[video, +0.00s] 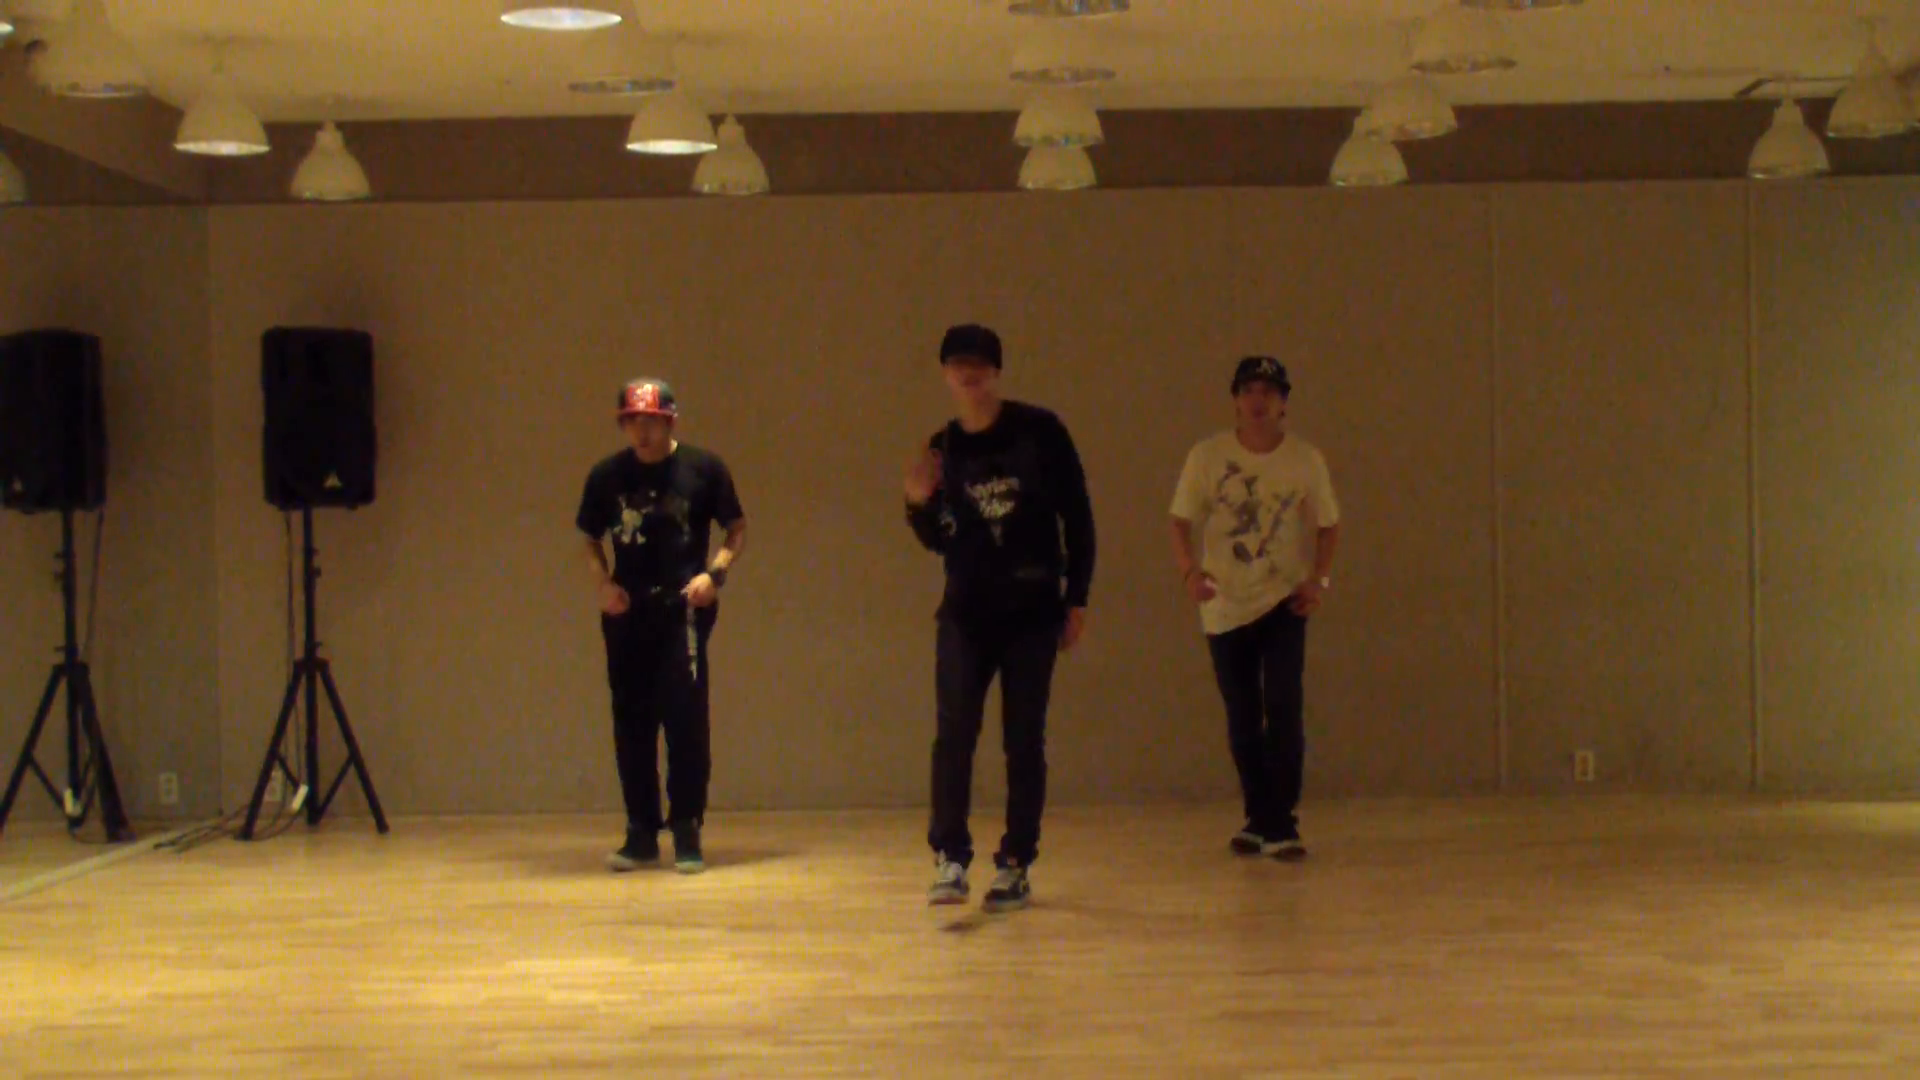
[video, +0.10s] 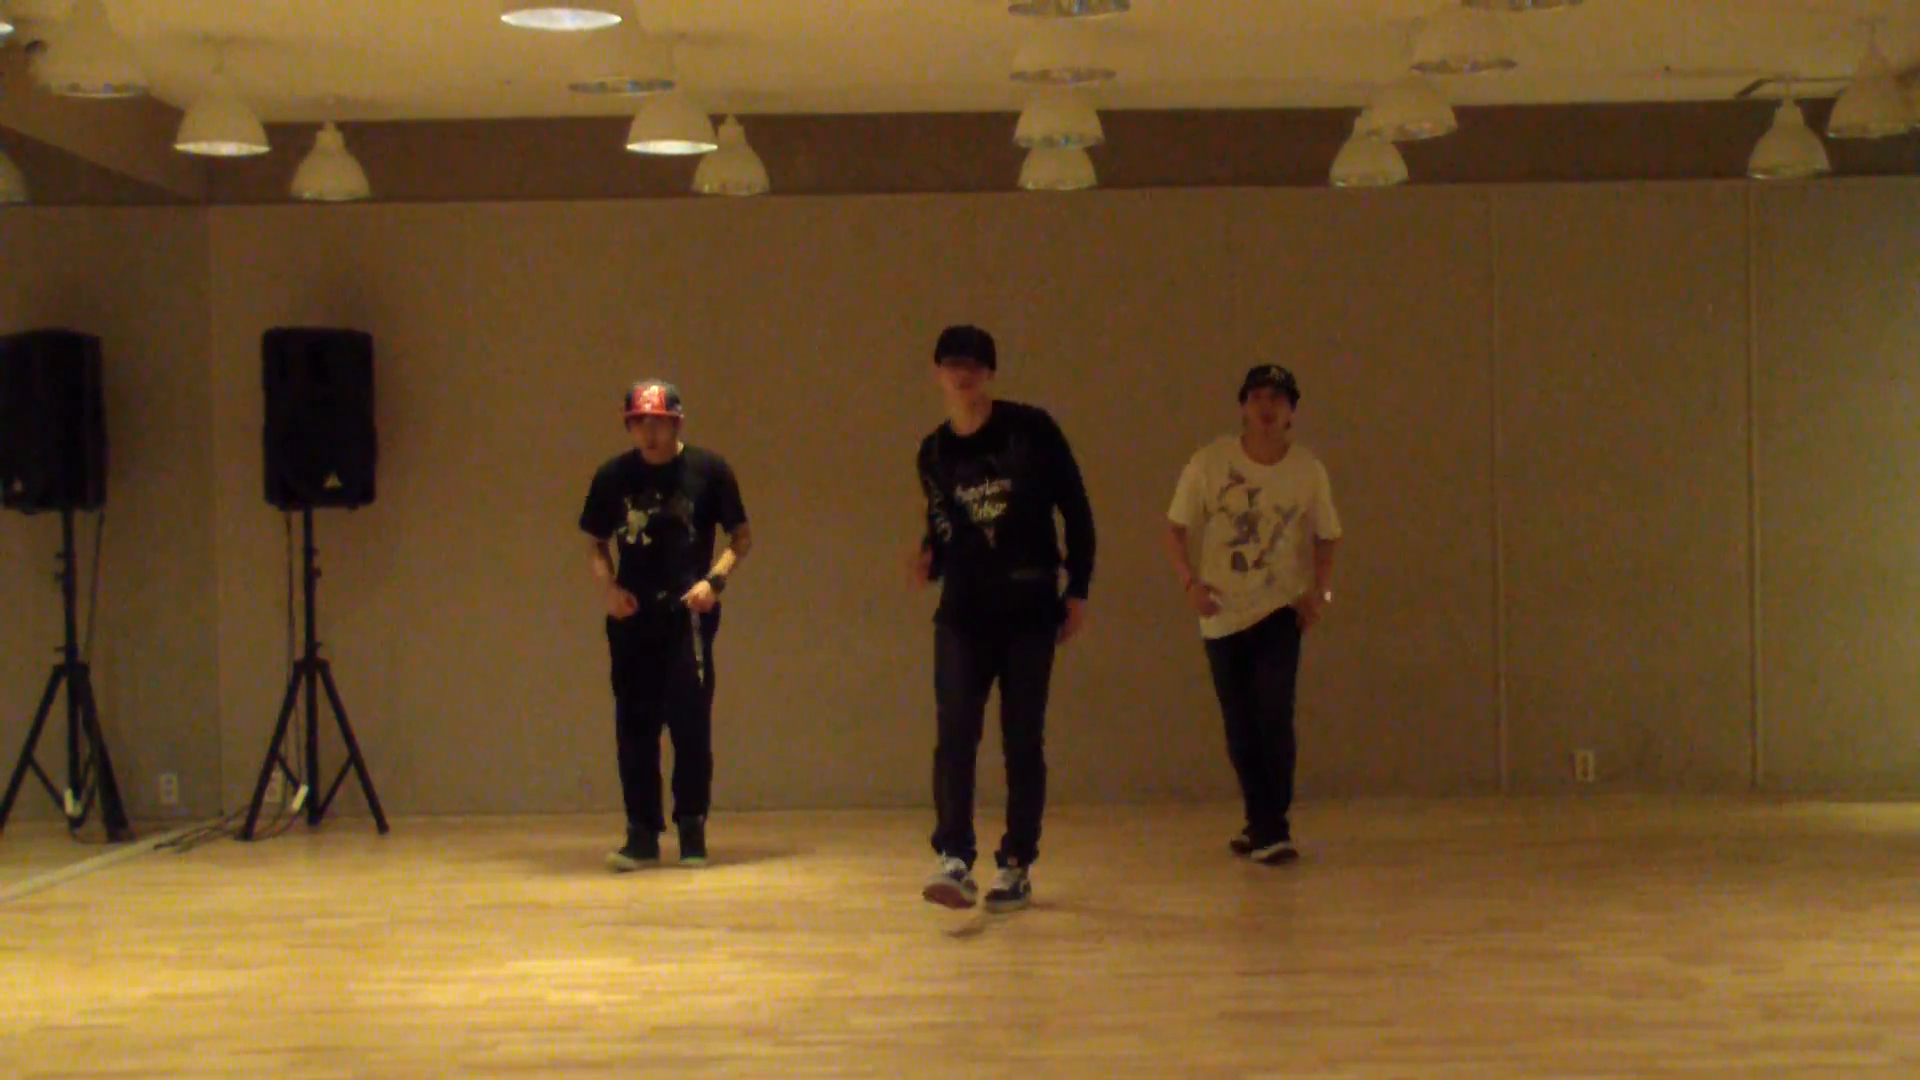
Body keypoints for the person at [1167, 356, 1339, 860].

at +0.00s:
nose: (1260, 402)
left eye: (1269, 393)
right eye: (1251, 393)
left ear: (1284, 402)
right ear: (1235, 400)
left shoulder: (1305, 460)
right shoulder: (1206, 456)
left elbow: (1327, 526)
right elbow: (1180, 520)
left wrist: (1317, 580)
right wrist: (1189, 570)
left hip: (1284, 604)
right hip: (1226, 608)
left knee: (1284, 713)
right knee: (1242, 718)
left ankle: (1282, 823)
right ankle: (1257, 821)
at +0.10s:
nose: (1267, 409)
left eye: (1276, 400)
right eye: (1258, 399)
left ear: (1292, 410)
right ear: (1242, 407)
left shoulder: (1307, 470)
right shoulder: (1208, 463)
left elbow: (1326, 538)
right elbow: (1175, 529)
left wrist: (1319, 592)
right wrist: (1189, 581)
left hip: (1281, 612)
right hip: (1224, 615)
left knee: (1274, 719)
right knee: (1240, 725)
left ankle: (1274, 829)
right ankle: (1258, 823)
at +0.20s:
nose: (1269, 409)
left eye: (1279, 400)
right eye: (1260, 400)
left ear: (1294, 410)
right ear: (1245, 408)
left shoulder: (1311, 475)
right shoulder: (1212, 464)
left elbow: (1321, 543)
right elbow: (1174, 528)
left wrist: (1313, 597)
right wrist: (1188, 594)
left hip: (1279, 615)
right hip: (1222, 617)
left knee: (1270, 719)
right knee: (1237, 724)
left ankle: (1269, 831)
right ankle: (1255, 821)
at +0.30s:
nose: (1267, 406)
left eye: (1277, 398)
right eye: (1258, 397)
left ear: (1293, 407)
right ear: (1242, 405)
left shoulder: (1311, 474)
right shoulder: (1210, 462)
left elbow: (1320, 540)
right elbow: (1172, 522)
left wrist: (1311, 595)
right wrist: (1187, 588)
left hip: (1278, 618)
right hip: (1220, 618)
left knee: (1272, 724)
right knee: (1226, 722)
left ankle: (1266, 832)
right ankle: (1252, 815)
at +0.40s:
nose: (1260, 405)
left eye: (1271, 397)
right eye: (1251, 396)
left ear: (1285, 406)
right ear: (1235, 403)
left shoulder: (1309, 471)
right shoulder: (1206, 464)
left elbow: (1329, 541)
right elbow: (1172, 526)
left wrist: (1324, 595)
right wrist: (1189, 582)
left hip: (1282, 620)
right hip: (1222, 618)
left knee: (1271, 723)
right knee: (1217, 720)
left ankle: (1264, 831)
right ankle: (1244, 795)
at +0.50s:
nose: (1251, 401)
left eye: (1261, 393)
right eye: (1242, 393)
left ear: (1277, 401)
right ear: (1227, 400)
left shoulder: (1302, 462)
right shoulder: (1204, 463)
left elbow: (1339, 530)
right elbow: (1178, 531)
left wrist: (1335, 596)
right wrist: (1188, 588)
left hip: (1282, 617)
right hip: (1222, 615)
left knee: (1271, 726)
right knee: (1220, 718)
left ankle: (1264, 831)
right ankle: (1230, 784)